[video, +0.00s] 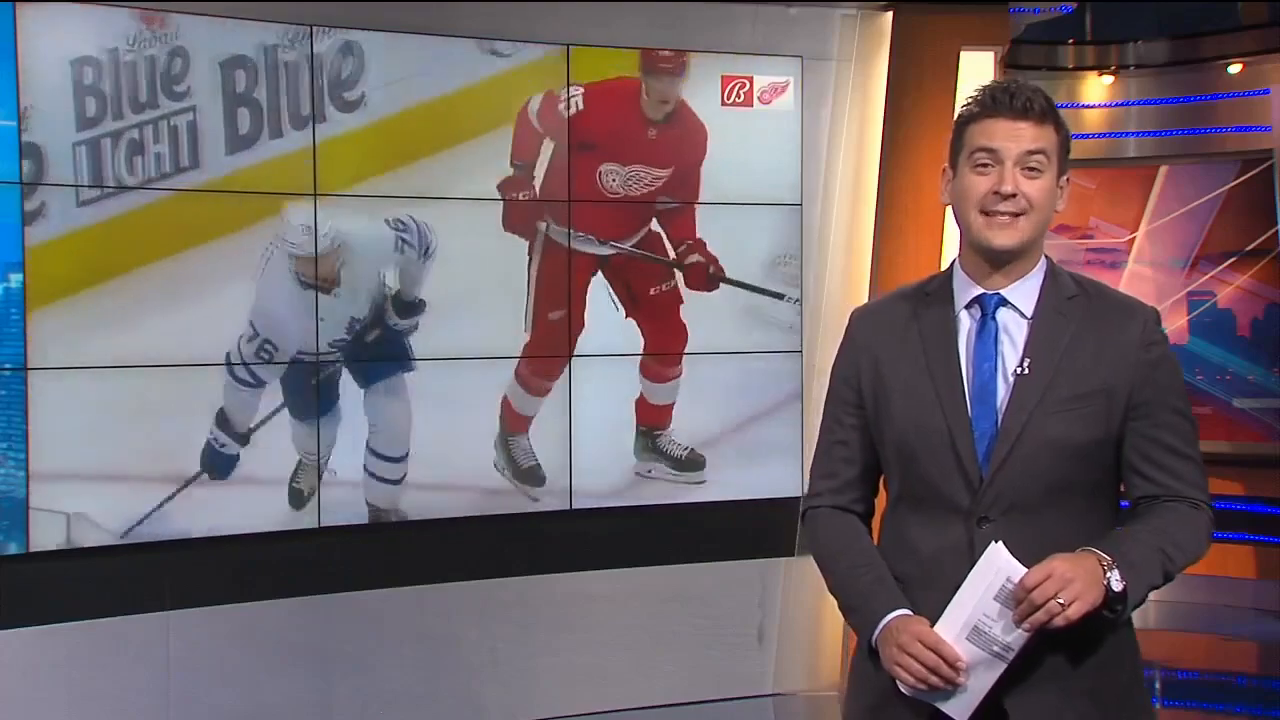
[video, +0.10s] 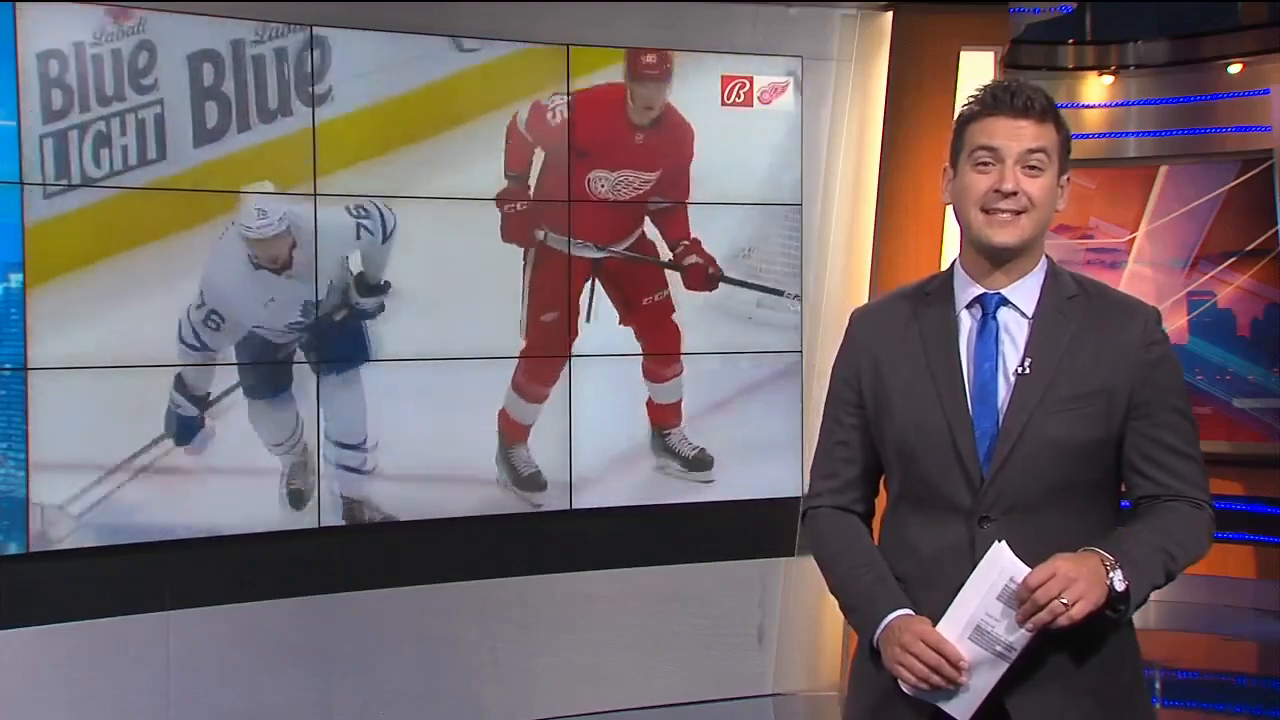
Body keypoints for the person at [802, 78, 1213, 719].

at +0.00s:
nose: (1007, 185)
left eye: (1032, 168)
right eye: (984, 164)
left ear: (1060, 193)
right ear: (949, 186)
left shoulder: (1127, 332)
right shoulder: (876, 332)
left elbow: (1181, 507)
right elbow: (831, 506)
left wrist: (1107, 566)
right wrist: (885, 620)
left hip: (1071, 690)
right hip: (907, 687)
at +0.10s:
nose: (1008, 184)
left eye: (1033, 166)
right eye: (985, 162)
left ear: (1061, 193)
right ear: (950, 185)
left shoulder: (1127, 332)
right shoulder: (876, 332)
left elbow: (1182, 507)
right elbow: (832, 506)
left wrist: (1109, 566)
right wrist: (887, 619)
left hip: (1073, 690)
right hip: (908, 687)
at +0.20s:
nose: (1008, 182)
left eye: (1033, 165)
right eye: (985, 161)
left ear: (1061, 193)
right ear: (950, 185)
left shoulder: (1127, 332)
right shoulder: (876, 331)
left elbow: (1180, 507)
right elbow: (831, 506)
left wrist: (1109, 566)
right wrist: (886, 619)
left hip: (1072, 690)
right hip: (907, 687)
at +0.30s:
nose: (1007, 182)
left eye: (1032, 164)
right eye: (985, 160)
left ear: (1060, 192)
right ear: (949, 183)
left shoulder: (1126, 331)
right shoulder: (875, 329)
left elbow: (1177, 506)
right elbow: (830, 503)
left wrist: (1107, 566)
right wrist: (884, 619)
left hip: (1070, 688)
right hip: (905, 685)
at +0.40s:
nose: (1007, 182)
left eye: (1032, 164)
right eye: (984, 160)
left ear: (1060, 191)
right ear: (949, 182)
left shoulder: (1125, 331)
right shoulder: (873, 327)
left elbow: (1175, 505)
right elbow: (828, 502)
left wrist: (1104, 567)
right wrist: (881, 618)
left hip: (1067, 689)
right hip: (902, 685)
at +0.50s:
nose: (1006, 185)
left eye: (1031, 166)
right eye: (984, 161)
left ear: (1058, 192)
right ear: (948, 184)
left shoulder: (1123, 332)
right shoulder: (871, 326)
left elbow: (1172, 507)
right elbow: (824, 502)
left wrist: (1102, 568)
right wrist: (879, 619)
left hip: (1064, 688)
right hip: (899, 685)